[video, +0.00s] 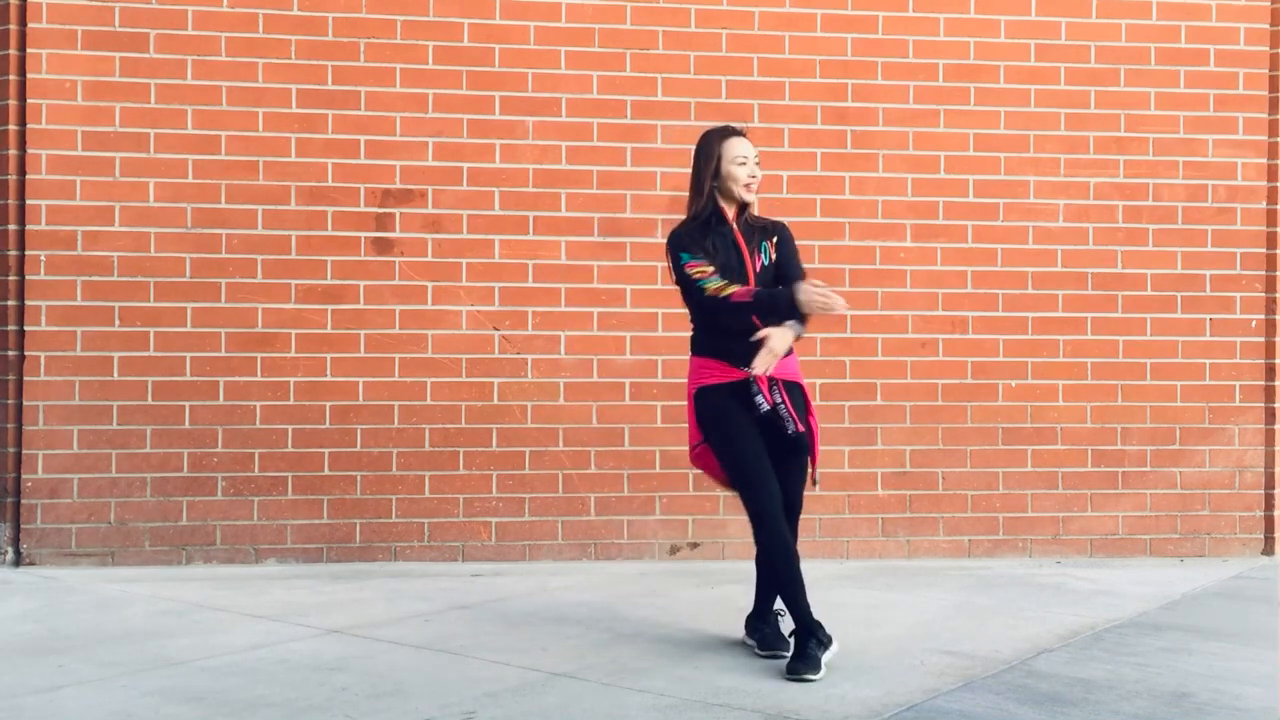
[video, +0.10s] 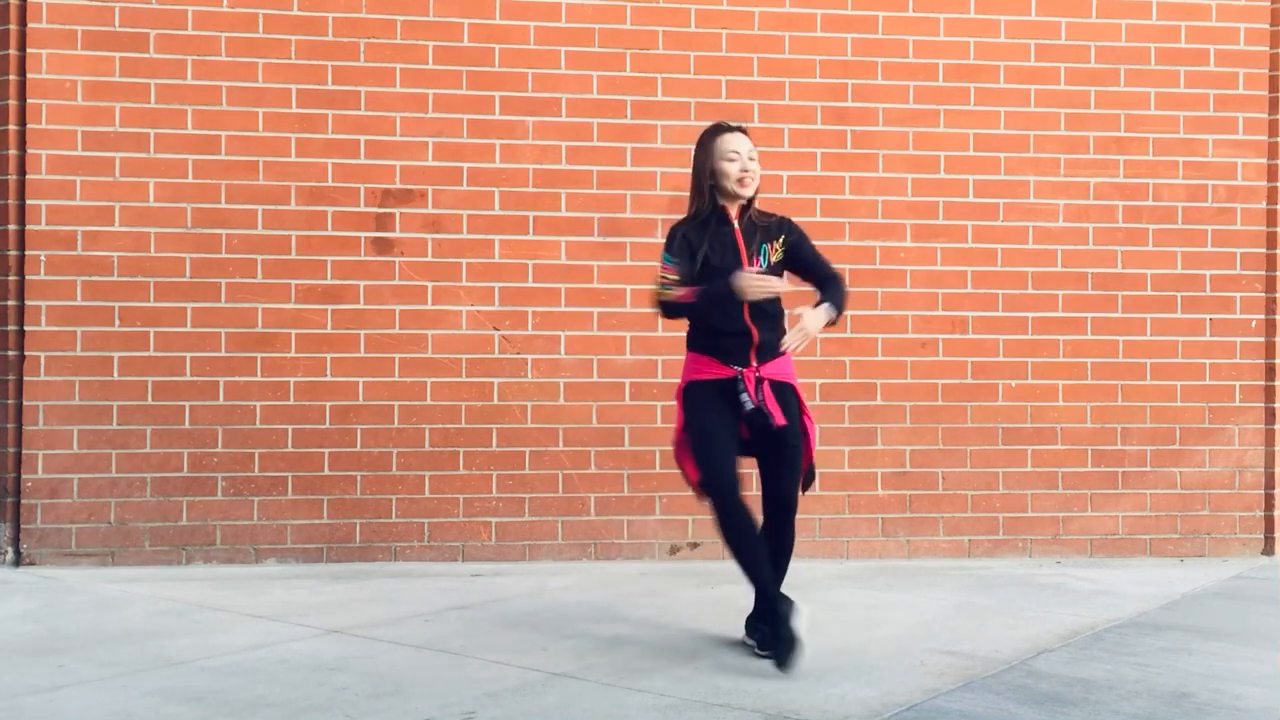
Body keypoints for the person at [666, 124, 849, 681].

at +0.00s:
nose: (754, 171)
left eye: (756, 162)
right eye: (742, 163)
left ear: (757, 170)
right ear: (712, 171)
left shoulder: (775, 233)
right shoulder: (687, 239)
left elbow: (797, 297)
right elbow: (716, 300)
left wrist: (786, 330)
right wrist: (790, 297)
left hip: (780, 381)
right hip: (721, 384)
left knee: (785, 506)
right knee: (763, 502)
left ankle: (761, 616)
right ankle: (808, 628)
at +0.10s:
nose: (746, 166)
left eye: (751, 157)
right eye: (732, 158)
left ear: (759, 166)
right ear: (707, 169)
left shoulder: (779, 230)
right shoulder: (689, 235)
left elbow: (832, 282)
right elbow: (668, 301)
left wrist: (824, 311)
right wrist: (729, 287)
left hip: (774, 380)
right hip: (710, 380)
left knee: (782, 506)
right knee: (722, 492)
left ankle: (762, 617)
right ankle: (776, 609)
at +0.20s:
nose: (729, 155)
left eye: (738, 146)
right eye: (715, 147)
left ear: (751, 156)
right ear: (698, 159)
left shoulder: (775, 219)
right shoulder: (685, 222)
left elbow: (838, 272)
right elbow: (623, 287)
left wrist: (839, 293)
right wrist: (671, 289)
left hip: (763, 375)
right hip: (700, 373)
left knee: (767, 501)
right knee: (675, 458)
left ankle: (763, 614)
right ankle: (703, 572)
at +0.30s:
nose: (718, 151)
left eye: (728, 141)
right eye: (705, 144)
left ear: (744, 151)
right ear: (689, 156)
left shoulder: (766, 217)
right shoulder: (675, 217)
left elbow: (802, 264)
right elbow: (616, 274)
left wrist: (827, 298)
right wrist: (637, 304)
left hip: (748, 371)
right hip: (683, 366)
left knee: (752, 496)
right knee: (643, 477)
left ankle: (762, 615)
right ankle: (635, 574)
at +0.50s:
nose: (694, 163)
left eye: (704, 154)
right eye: (682, 155)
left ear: (719, 164)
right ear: (665, 166)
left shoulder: (732, 240)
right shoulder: (642, 226)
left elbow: (740, 306)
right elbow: (605, 285)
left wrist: (770, 342)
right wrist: (595, 306)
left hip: (697, 381)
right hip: (630, 375)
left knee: (726, 498)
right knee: (611, 498)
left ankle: (758, 610)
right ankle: (598, 609)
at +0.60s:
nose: (679, 167)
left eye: (689, 158)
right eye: (667, 159)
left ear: (704, 170)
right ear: (650, 170)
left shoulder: (715, 244)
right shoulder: (621, 227)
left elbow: (735, 312)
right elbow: (563, 283)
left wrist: (740, 332)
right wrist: (605, 274)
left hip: (675, 377)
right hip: (609, 373)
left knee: (705, 476)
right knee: (593, 496)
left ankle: (723, 584)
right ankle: (595, 610)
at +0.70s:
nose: (667, 163)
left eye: (677, 154)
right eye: (655, 155)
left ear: (693, 164)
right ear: (638, 165)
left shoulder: (705, 236)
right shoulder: (613, 218)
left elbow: (714, 312)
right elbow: (576, 275)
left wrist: (685, 313)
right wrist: (640, 261)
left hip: (661, 372)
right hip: (600, 367)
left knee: (676, 466)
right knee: (592, 492)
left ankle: (650, 581)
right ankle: (596, 607)